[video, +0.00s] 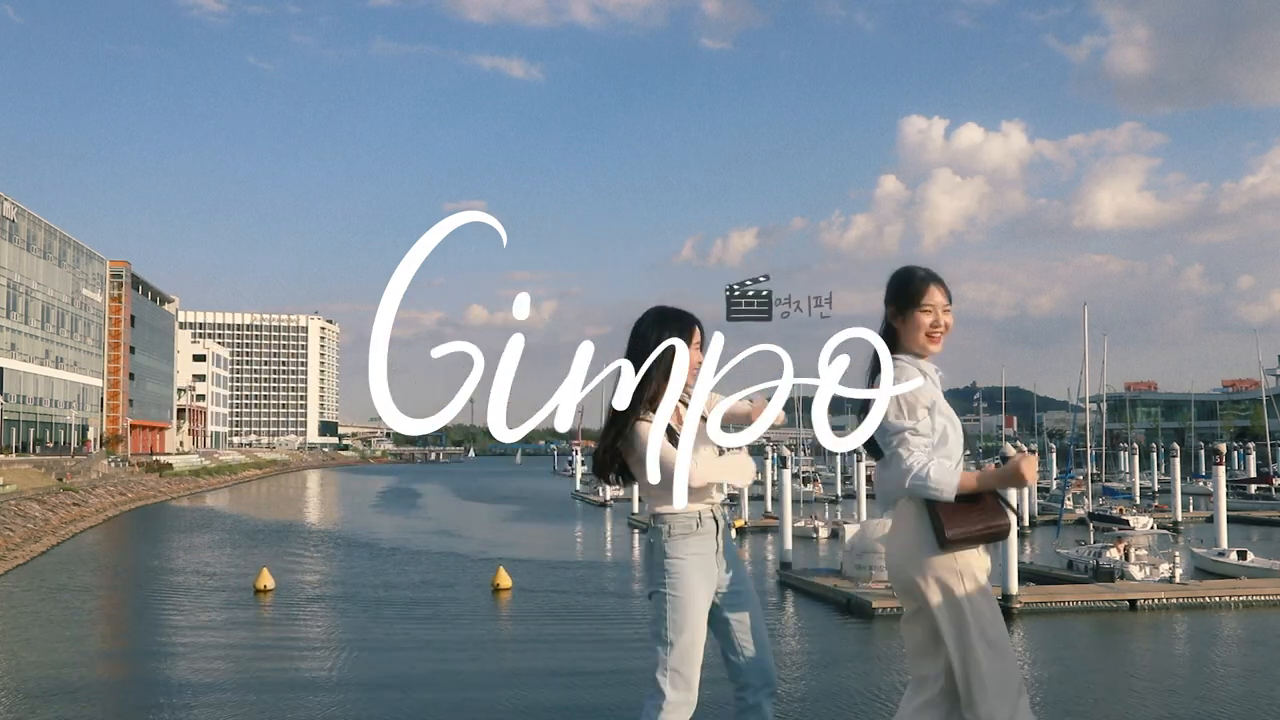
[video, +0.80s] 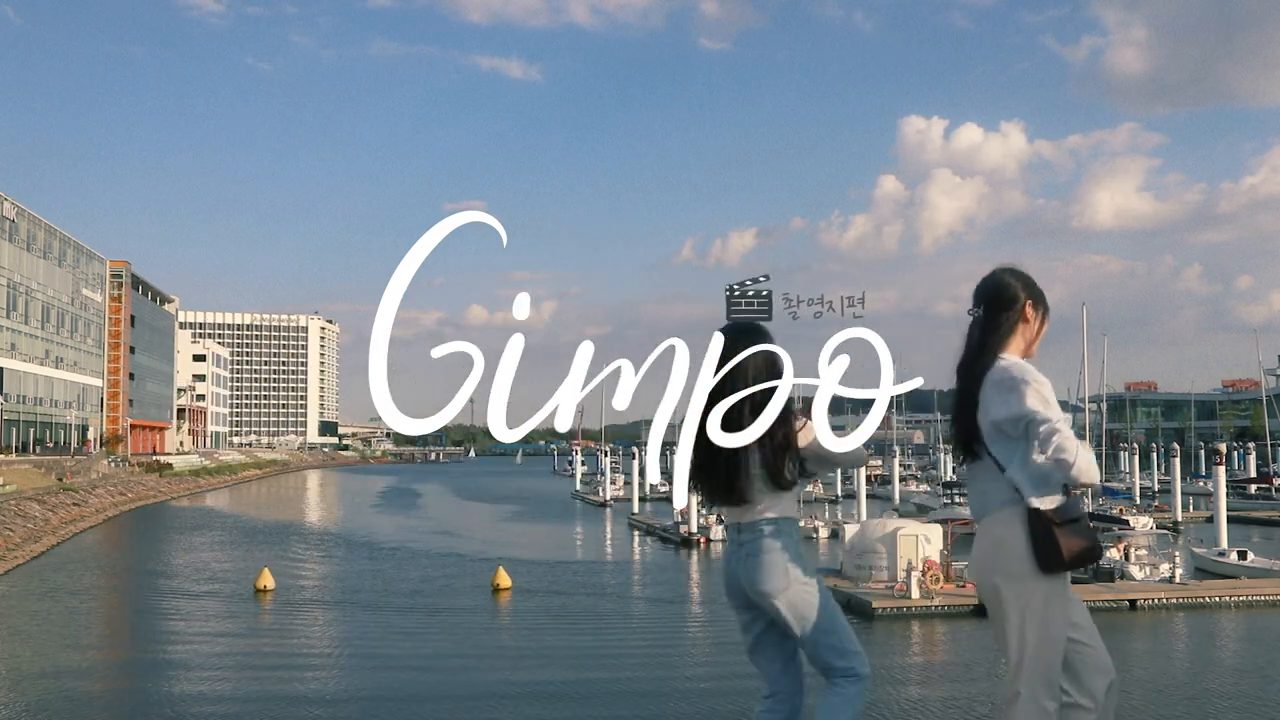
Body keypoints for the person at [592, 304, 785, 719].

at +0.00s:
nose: (700, 357)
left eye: (700, 347)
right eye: (691, 347)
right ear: (661, 353)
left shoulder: (691, 405)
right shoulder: (640, 424)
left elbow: (738, 411)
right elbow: (691, 471)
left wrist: (757, 411)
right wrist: (738, 464)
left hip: (721, 543)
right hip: (680, 547)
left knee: (758, 679)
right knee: (677, 691)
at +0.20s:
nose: (717, 387)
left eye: (716, 377)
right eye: (706, 379)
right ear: (679, 384)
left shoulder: (720, 424)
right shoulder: (662, 451)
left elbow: (778, 429)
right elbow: (721, 502)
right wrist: (779, 443)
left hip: (752, 556)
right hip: (709, 563)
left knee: (787, 687)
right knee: (714, 697)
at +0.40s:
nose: (741, 376)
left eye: (740, 366)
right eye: (734, 367)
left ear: (721, 374)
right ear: (707, 371)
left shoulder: (730, 417)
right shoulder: (692, 427)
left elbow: (788, 435)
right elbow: (742, 497)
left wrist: (787, 435)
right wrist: (778, 483)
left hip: (755, 553)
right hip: (726, 556)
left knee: (782, 687)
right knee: (736, 691)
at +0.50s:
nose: (752, 372)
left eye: (750, 363)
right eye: (745, 365)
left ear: (722, 373)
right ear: (723, 371)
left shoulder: (736, 426)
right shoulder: (722, 434)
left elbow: (786, 459)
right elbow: (803, 485)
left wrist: (828, 484)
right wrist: (786, 442)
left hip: (752, 562)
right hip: (733, 565)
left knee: (788, 684)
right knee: (743, 699)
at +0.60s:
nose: (763, 376)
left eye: (759, 367)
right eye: (755, 369)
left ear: (718, 383)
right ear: (738, 381)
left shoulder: (708, 442)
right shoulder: (753, 446)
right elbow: (835, 480)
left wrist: (798, 496)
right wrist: (833, 442)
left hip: (724, 582)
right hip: (747, 586)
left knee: (782, 698)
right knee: (794, 702)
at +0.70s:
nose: (774, 383)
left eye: (769, 374)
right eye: (769, 375)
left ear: (719, 385)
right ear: (762, 384)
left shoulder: (709, 441)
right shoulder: (776, 440)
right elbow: (852, 468)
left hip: (724, 582)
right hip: (759, 583)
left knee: (785, 692)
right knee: (831, 691)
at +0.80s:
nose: (781, 372)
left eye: (775, 363)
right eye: (775, 363)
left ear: (721, 370)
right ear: (770, 369)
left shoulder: (711, 424)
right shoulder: (782, 423)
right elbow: (852, 453)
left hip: (735, 560)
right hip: (777, 557)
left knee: (781, 692)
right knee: (850, 672)